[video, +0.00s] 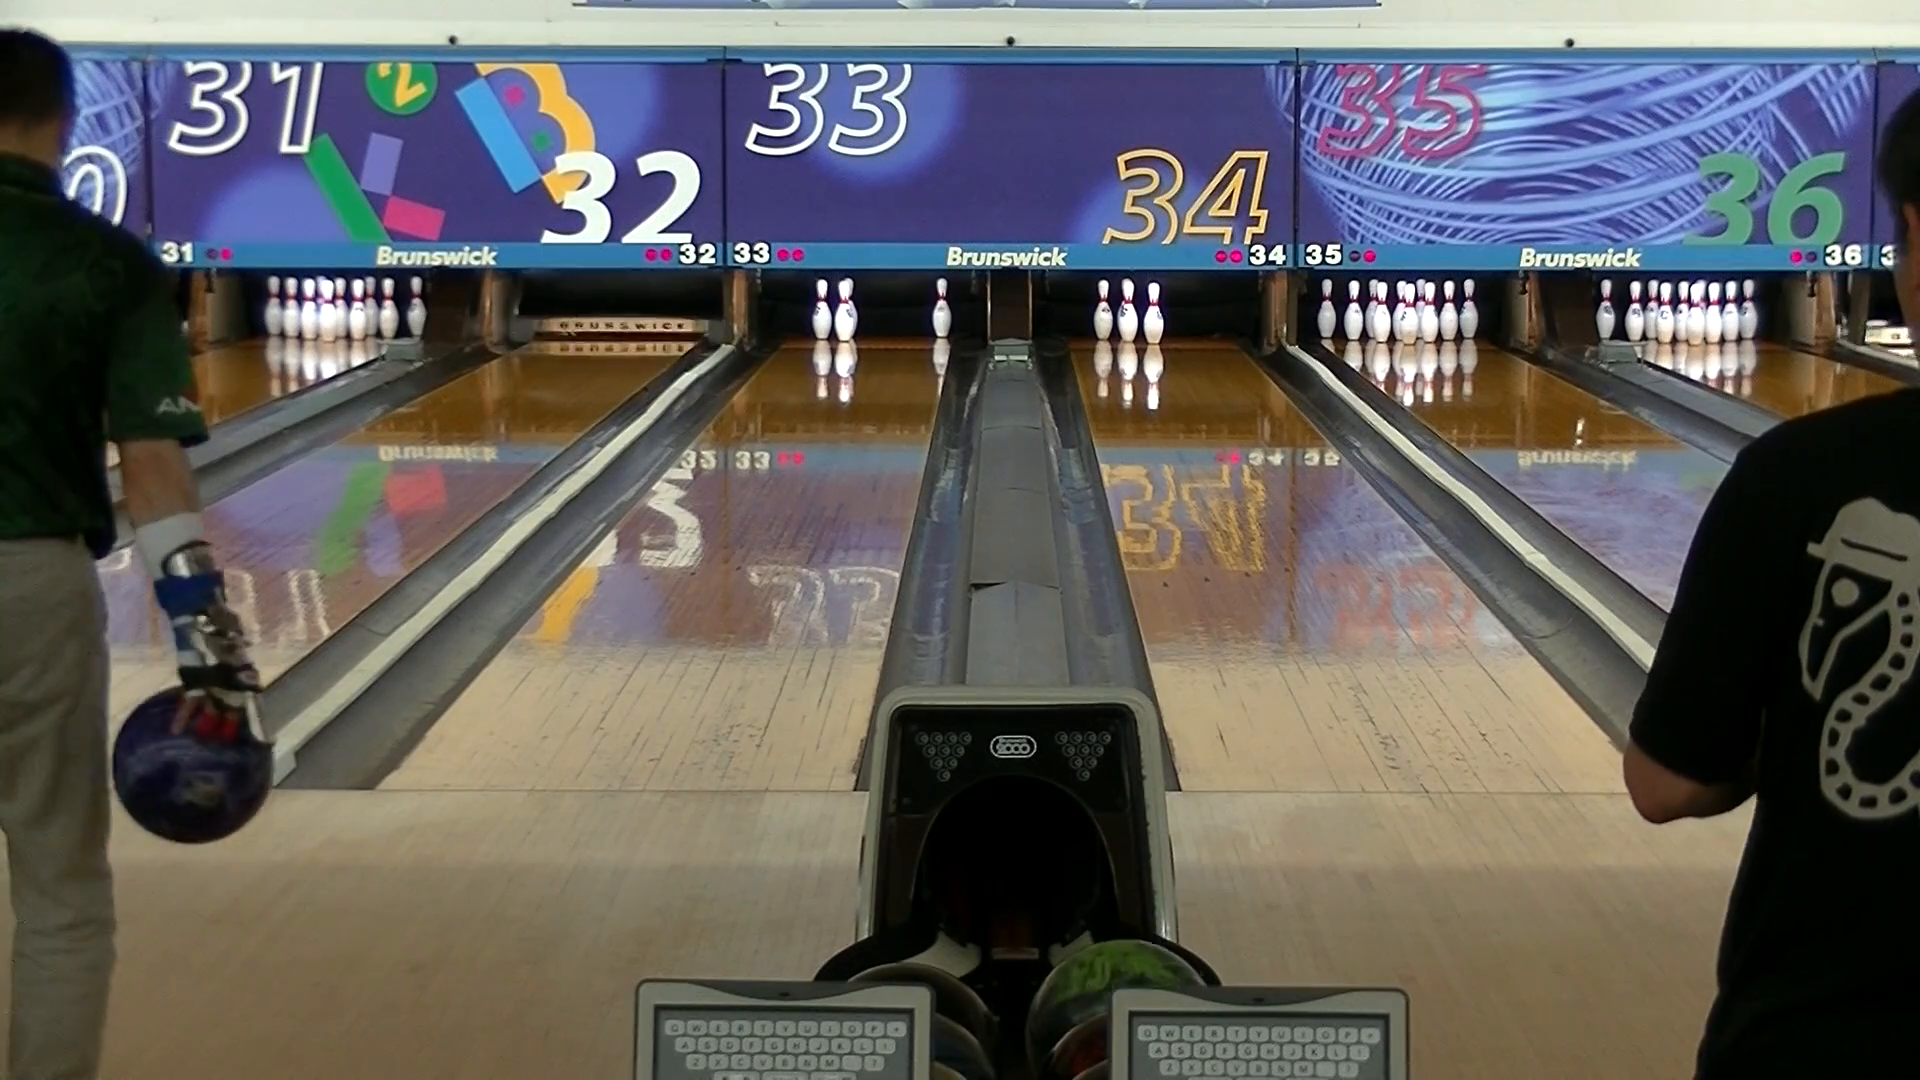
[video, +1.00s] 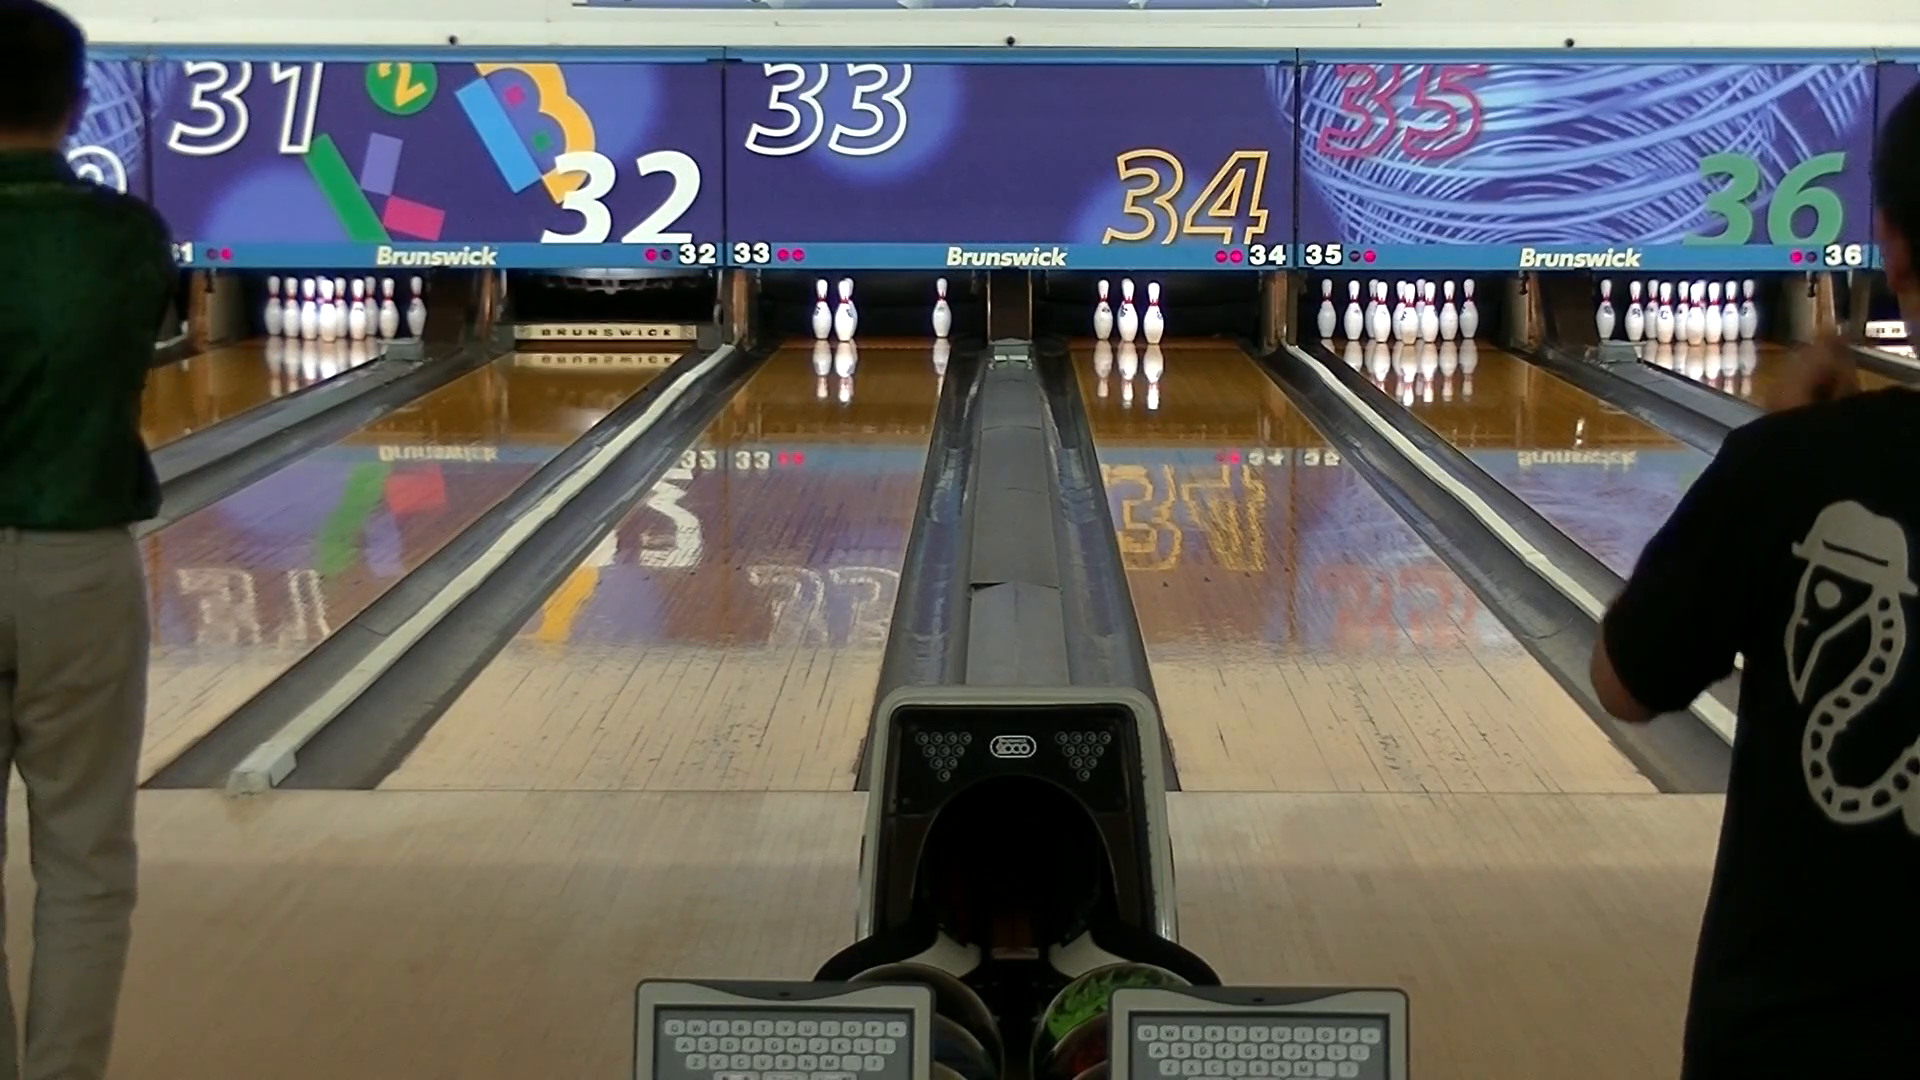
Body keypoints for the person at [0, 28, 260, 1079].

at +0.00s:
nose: (55, 138)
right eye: (61, 118)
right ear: (58, 122)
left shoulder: (100, 261)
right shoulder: (101, 260)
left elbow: (145, 457)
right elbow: (146, 456)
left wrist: (195, 616)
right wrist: (200, 617)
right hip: (29, 590)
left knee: (50, 884)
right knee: (55, 886)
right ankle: (49, 1067)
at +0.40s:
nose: (35, 110)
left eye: (26, 92)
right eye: (33, 92)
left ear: (10, 100)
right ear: (23, 102)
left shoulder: (78, 237)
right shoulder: (78, 238)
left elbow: (132, 446)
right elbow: (137, 448)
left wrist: (127, 478)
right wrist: (142, 493)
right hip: (23, 574)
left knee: (67, 842)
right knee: (71, 846)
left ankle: (43, 1057)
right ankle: (46, 1063)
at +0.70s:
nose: (45, 107)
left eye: (27, 91)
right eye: (48, 89)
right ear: (52, 103)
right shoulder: (110, 238)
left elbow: (156, 390)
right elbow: (157, 390)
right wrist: (51, 358)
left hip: (40, 569)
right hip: (50, 573)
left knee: (66, 860)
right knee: (67, 864)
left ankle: (56, 1065)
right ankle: (56, 1072)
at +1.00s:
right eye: (56, 80)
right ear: (70, 99)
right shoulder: (125, 232)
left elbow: (141, 347)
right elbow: (137, 351)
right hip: (75, 570)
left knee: (66, 858)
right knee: (83, 863)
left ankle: (48, 1061)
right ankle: (60, 1068)